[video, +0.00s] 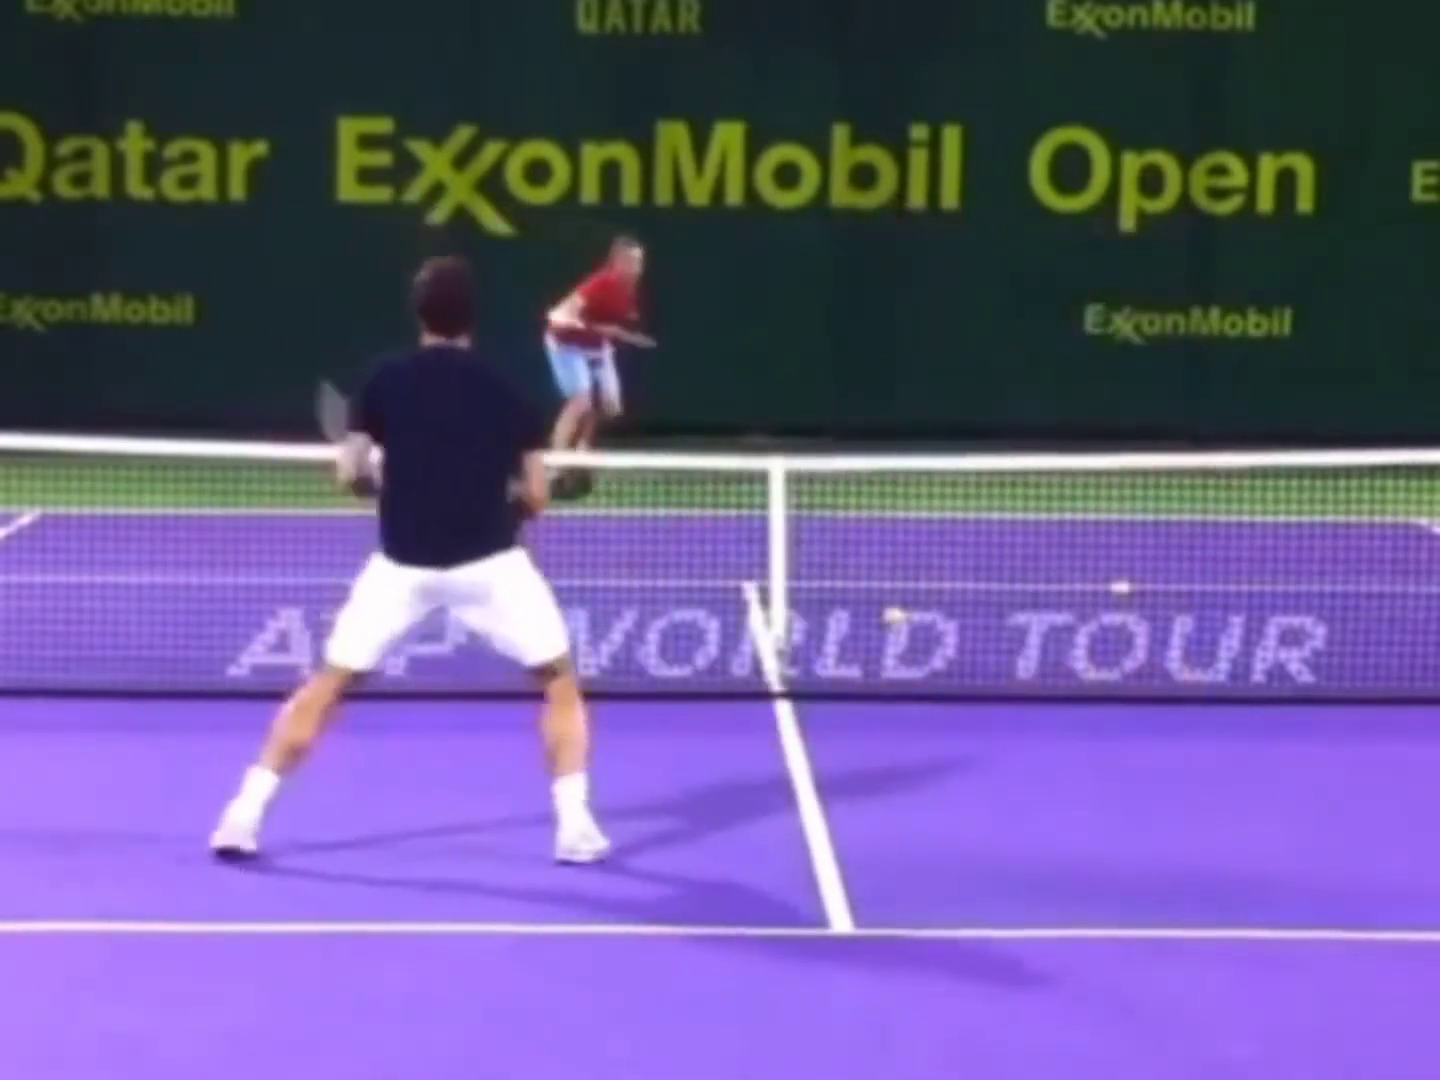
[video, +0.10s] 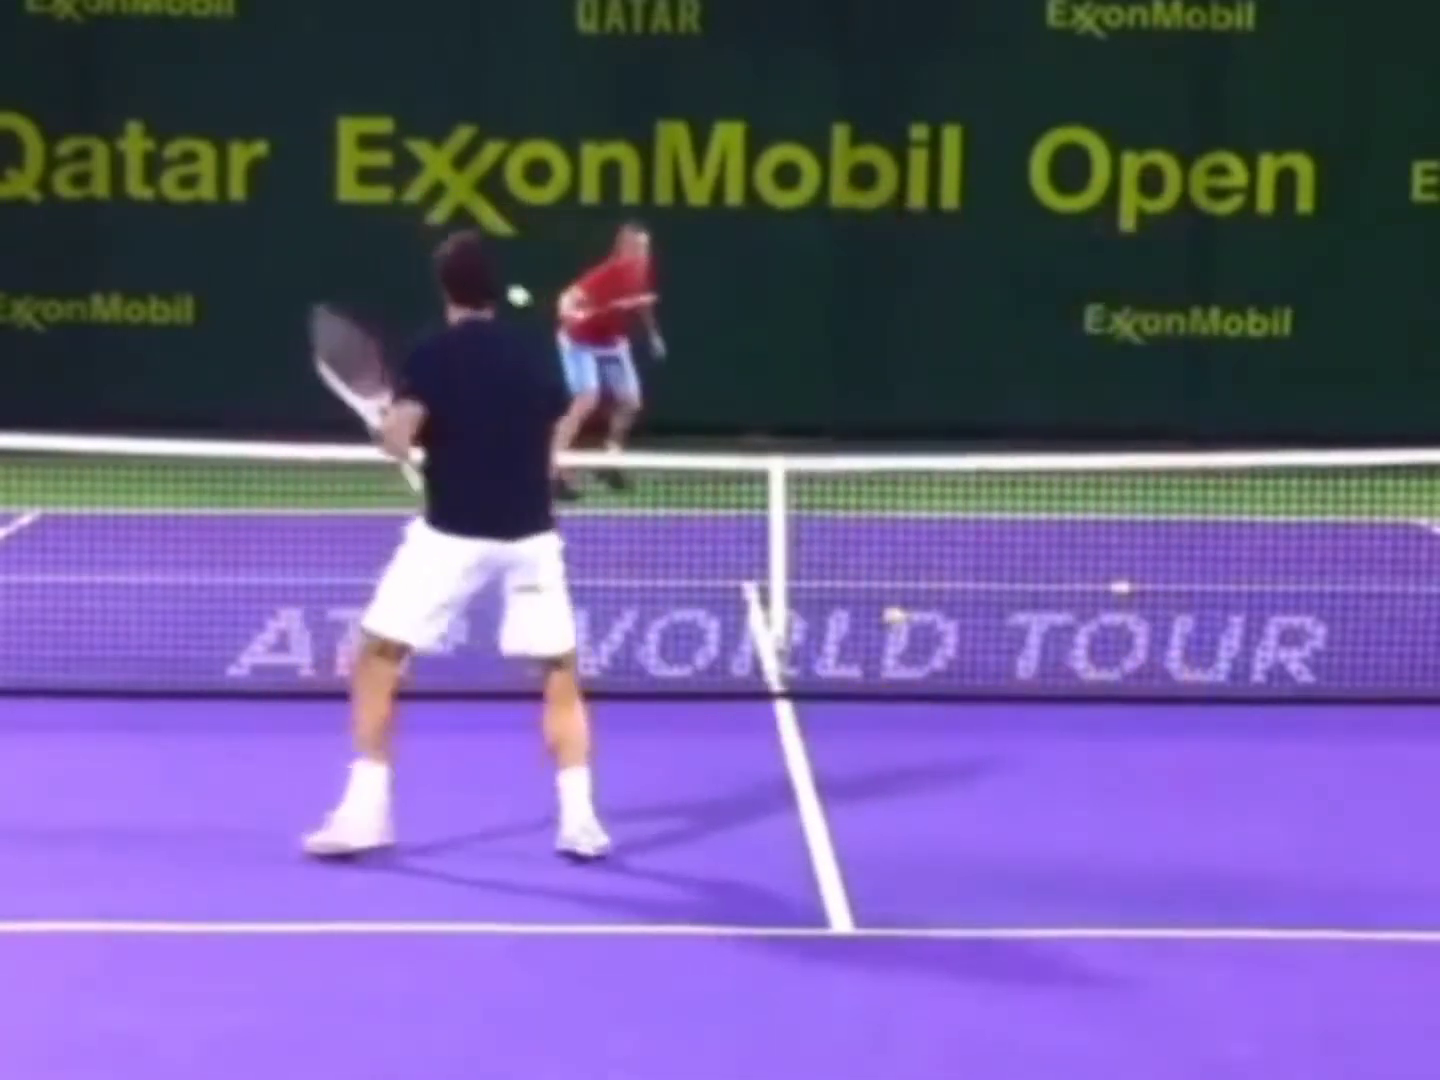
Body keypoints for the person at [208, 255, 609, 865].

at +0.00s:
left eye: (428, 307)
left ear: (418, 315)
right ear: (474, 316)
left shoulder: (387, 380)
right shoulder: (503, 388)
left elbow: (351, 472)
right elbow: (536, 494)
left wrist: (394, 480)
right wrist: (501, 499)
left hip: (401, 566)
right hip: (491, 565)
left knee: (328, 681)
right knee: (559, 680)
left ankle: (247, 808)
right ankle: (575, 820)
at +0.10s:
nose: (455, 295)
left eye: (448, 286)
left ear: (443, 291)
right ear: (497, 288)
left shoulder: (432, 355)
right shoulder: (534, 351)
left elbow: (400, 438)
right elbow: (550, 438)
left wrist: (382, 417)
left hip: (452, 535)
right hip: (532, 537)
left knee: (380, 657)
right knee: (560, 673)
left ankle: (366, 803)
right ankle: (579, 813)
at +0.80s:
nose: (627, 299)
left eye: (629, 286)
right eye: (626, 287)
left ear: (648, 283)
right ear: (685, 279)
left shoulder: (668, 333)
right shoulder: (737, 325)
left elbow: (676, 380)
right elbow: (825, 345)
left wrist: (672, 436)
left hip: (691, 519)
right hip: (736, 516)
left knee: (661, 652)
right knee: (696, 657)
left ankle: (774, 769)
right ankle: (684, 790)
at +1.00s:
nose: (694, 298)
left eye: (695, 289)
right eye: (696, 289)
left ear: (704, 290)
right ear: (761, 286)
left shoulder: (702, 354)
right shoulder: (799, 334)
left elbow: (666, 440)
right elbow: (892, 358)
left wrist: (621, 526)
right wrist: (970, 404)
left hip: (752, 533)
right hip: (816, 529)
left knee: (768, 675)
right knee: (772, 670)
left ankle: (834, 815)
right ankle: (729, 792)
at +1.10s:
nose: (714, 278)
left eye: (718, 268)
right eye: (718, 266)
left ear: (732, 274)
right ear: (784, 271)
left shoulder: (716, 335)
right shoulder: (818, 321)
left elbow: (675, 425)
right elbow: (913, 363)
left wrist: (654, 485)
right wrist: (960, 422)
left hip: (767, 517)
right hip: (834, 513)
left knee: (784, 660)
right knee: (814, 656)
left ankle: (835, 803)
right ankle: (795, 781)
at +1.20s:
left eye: (769, 251)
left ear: (765, 253)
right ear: (818, 252)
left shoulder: (739, 312)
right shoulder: (848, 304)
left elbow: (707, 405)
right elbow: (922, 374)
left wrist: (731, 437)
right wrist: (935, 447)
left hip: (775, 496)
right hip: (849, 491)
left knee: (784, 646)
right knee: (854, 638)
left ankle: (816, 798)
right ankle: (871, 786)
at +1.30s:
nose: (803, 270)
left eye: (794, 259)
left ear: (790, 263)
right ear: (841, 263)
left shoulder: (765, 324)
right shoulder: (874, 320)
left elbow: (735, 423)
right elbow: (926, 406)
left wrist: (777, 447)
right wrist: (910, 467)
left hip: (792, 508)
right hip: (869, 504)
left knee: (775, 655)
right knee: (901, 646)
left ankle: (788, 797)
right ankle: (937, 795)